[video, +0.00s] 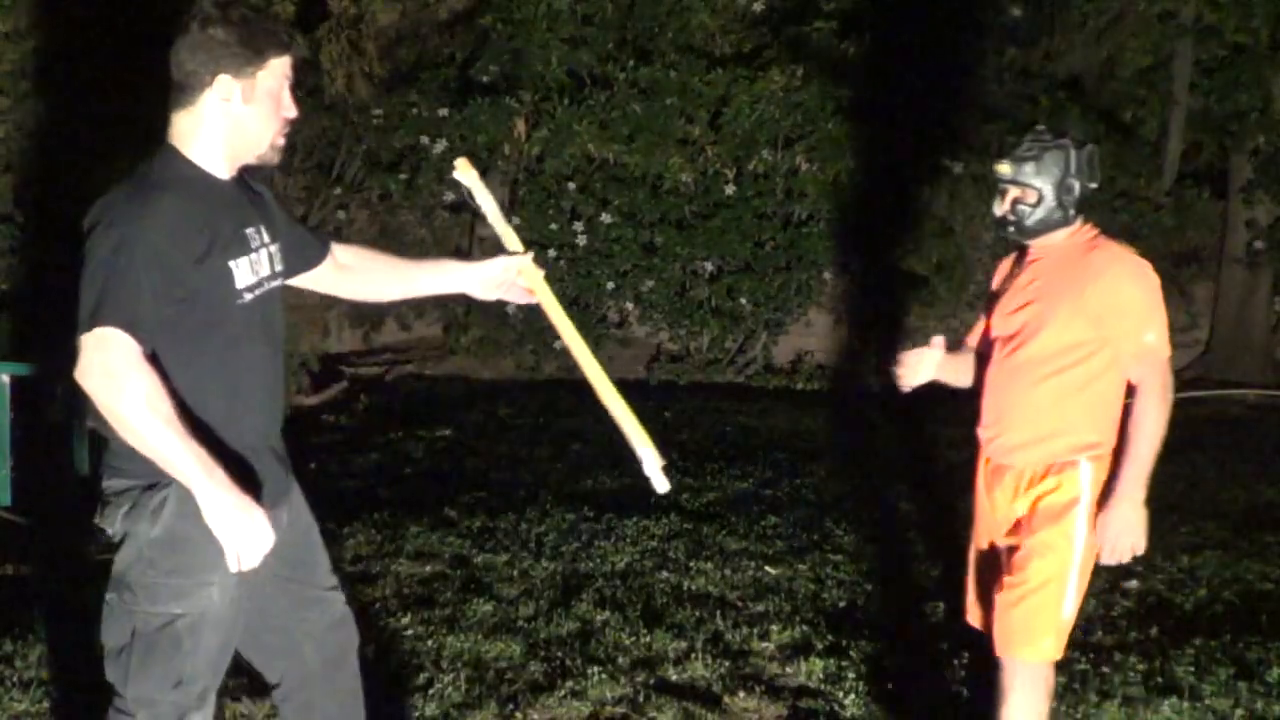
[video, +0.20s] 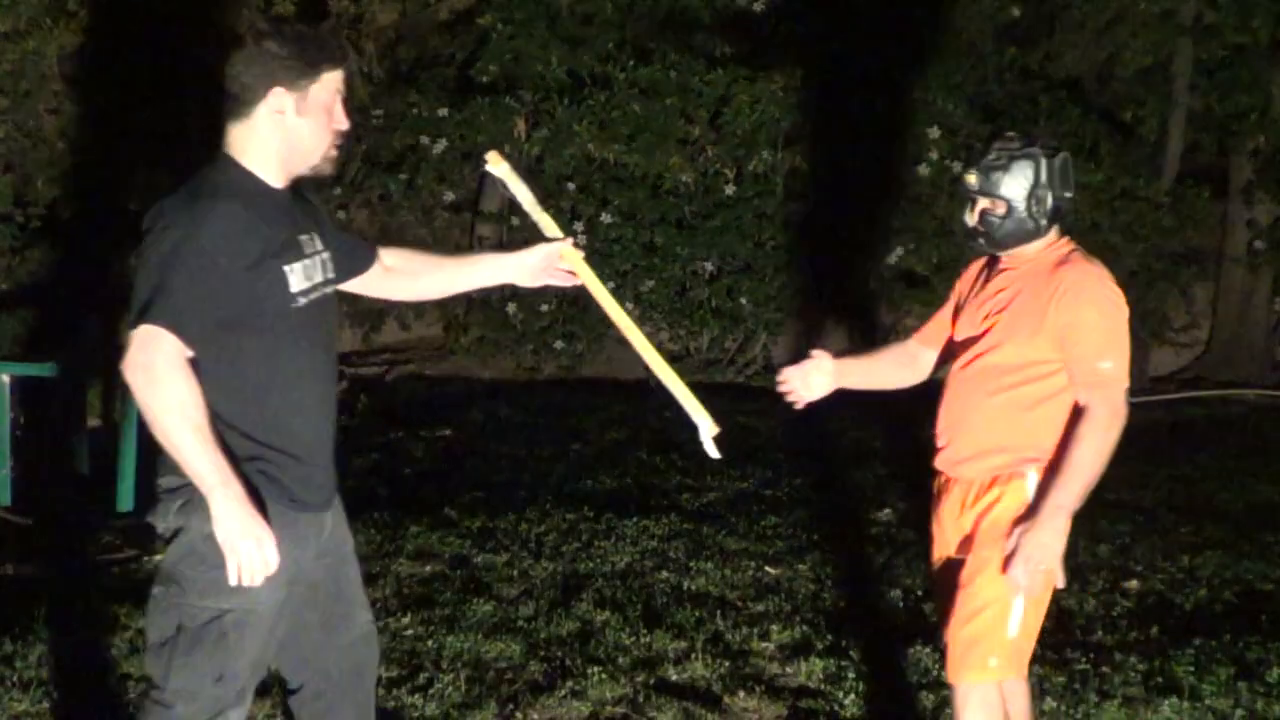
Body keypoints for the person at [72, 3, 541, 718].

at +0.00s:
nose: (294, 111)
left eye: (292, 89)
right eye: (282, 88)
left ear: (231, 95)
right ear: (225, 93)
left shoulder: (249, 204)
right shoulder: (140, 215)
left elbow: (334, 268)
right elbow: (103, 361)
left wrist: (475, 276)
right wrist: (214, 489)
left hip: (266, 495)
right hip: (173, 508)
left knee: (324, 670)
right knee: (162, 703)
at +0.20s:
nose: (346, 123)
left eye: (345, 104)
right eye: (337, 102)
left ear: (285, 107)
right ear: (283, 105)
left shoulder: (300, 216)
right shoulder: (201, 218)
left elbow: (384, 272)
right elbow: (149, 357)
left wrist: (518, 265)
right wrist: (226, 498)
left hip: (317, 523)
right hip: (228, 530)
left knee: (343, 695)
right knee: (193, 707)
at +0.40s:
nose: (409, 130)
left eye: (408, 111)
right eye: (400, 109)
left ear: (349, 110)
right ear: (347, 109)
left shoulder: (359, 210)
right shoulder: (261, 213)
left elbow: (434, 278)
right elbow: (215, 345)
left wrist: (563, 272)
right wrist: (278, 482)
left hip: (359, 504)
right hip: (280, 504)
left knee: (369, 678)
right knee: (253, 693)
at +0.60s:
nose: (436, 129)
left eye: (436, 112)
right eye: (426, 110)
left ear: (377, 109)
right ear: (374, 107)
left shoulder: (389, 208)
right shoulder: (295, 198)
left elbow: (460, 277)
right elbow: (245, 329)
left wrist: (587, 275)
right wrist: (335, 450)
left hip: (366, 473)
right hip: (293, 474)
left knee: (378, 662)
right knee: (301, 673)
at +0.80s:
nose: (423, 123)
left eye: (422, 105)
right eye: (410, 103)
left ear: (365, 109)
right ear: (358, 106)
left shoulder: (376, 210)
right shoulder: (282, 204)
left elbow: (444, 286)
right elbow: (260, 340)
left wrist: (553, 283)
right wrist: (391, 415)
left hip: (363, 480)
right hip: (291, 477)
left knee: (375, 666)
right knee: (294, 677)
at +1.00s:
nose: (399, 136)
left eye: (398, 118)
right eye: (386, 116)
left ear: (335, 120)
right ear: (332, 118)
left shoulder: (328, 215)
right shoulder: (262, 218)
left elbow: (347, 312)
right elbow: (299, 358)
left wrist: (427, 267)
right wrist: (417, 305)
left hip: (331, 478)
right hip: (260, 480)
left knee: (372, 649)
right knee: (268, 680)